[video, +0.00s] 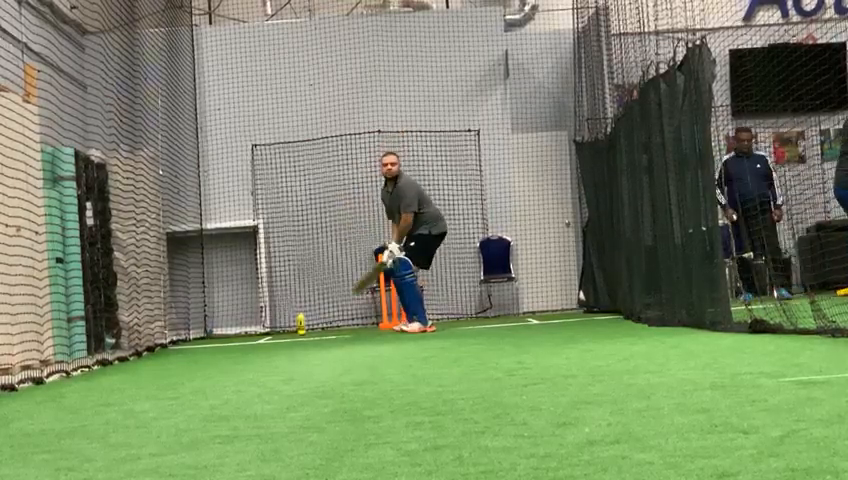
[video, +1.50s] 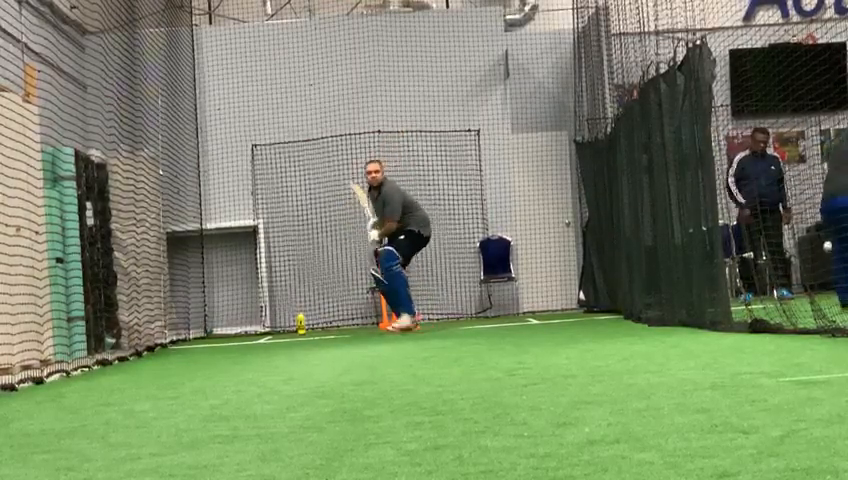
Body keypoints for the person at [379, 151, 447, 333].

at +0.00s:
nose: (389, 168)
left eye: (393, 164)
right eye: (385, 165)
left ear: (399, 165)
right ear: (381, 168)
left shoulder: (406, 186)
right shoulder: (386, 191)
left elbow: (408, 220)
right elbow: (395, 220)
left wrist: (396, 244)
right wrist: (394, 244)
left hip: (431, 229)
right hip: (416, 231)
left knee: (405, 267)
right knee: (398, 267)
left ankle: (420, 320)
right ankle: (413, 318)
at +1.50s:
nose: (373, 176)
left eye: (376, 172)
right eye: (369, 173)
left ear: (383, 173)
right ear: (366, 176)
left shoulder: (391, 190)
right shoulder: (372, 193)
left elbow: (392, 224)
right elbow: (382, 217)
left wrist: (379, 234)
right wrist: (376, 224)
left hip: (416, 229)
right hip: (400, 231)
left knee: (388, 258)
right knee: (381, 272)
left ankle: (407, 314)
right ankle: (403, 316)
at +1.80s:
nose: (359, 192)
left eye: (362, 187)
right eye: (355, 189)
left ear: (371, 184)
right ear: (352, 190)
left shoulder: (378, 201)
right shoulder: (374, 198)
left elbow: (377, 236)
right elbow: (379, 222)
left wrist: (370, 243)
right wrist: (371, 231)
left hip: (405, 242)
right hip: (396, 241)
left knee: (376, 273)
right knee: (370, 275)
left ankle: (398, 324)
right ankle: (398, 321)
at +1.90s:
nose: (353, 197)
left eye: (356, 192)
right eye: (350, 193)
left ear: (365, 189)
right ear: (347, 194)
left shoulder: (371, 204)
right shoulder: (376, 197)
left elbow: (372, 240)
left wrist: (365, 242)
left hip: (401, 243)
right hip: (396, 242)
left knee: (373, 273)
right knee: (364, 275)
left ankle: (399, 324)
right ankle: (380, 324)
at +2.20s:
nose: (341, 194)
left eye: (342, 190)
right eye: (340, 190)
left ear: (350, 186)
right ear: (355, 186)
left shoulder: (363, 195)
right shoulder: (355, 205)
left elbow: (336, 216)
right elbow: (336, 229)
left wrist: (312, 231)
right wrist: (310, 241)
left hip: (402, 238)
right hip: (383, 245)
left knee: (396, 273)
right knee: (359, 282)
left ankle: (397, 320)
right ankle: (380, 322)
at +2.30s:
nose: (338, 197)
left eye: (339, 193)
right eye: (338, 194)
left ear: (347, 187)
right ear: (348, 187)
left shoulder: (364, 193)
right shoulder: (354, 207)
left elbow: (333, 211)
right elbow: (330, 225)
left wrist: (307, 216)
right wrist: (300, 230)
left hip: (403, 237)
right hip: (383, 245)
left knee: (400, 271)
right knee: (361, 280)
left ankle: (408, 320)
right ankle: (381, 323)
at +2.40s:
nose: (339, 194)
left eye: (341, 189)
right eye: (338, 191)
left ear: (350, 186)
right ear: (339, 193)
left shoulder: (364, 191)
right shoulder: (350, 210)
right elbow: (339, 228)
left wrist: (321, 196)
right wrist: (318, 214)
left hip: (401, 236)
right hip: (381, 244)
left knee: (400, 269)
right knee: (360, 280)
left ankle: (416, 318)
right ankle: (381, 323)